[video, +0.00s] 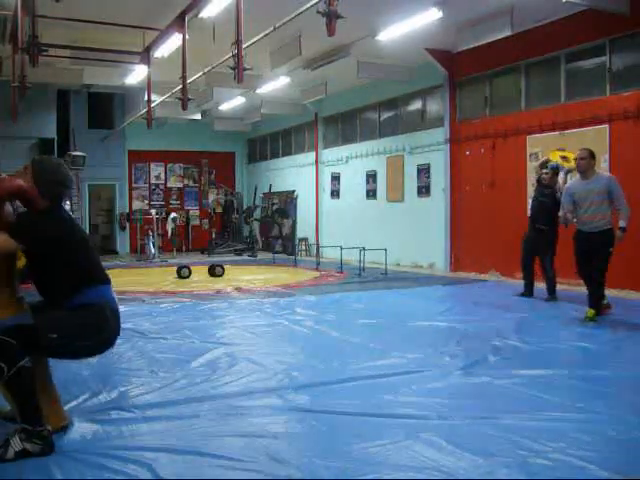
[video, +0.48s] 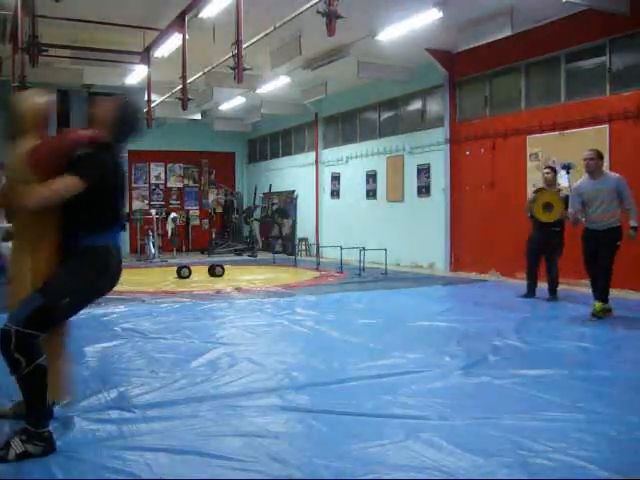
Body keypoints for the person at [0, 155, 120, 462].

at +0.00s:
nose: (17, 181)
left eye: (24, 177)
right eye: (21, 175)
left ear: (35, 189)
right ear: (54, 191)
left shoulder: (40, 223)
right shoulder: (52, 219)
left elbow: (3, 232)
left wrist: (6, 192)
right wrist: (7, 191)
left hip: (92, 323)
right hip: (94, 317)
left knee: (9, 340)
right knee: (14, 323)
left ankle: (34, 432)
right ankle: (39, 409)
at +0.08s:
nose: (11, 162)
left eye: (18, 160)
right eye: (16, 157)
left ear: (32, 176)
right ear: (41, 178)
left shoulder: (38, 211)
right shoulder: (47, 207)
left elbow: (3, 234)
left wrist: (4, 195)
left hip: (93, 306)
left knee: (12, 334)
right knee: (13, 322)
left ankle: (33, 431)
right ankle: (29, 408)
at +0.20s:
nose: (6, 153)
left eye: (13, 148)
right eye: (9, 146)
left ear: (30, 157)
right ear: (41, 157)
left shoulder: (39, 189)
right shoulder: (48, 186)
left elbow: (5, 226)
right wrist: (39, 276)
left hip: (94, 283)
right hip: (92, 279)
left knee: (16, 330)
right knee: (16, 325)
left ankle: (36, 430)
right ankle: (31, 407)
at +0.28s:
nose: (17, 126)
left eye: (23, 119)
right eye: (20, 119)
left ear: (40, 129)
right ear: (49, 130)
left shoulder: (52, 170)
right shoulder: (53, 167)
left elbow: (11, 216)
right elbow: (17, 213)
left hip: (96, 270)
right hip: (91, 267)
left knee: (22, 330)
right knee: (22, 325)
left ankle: (35, 431)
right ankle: (34, 405)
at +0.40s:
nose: (41, 111)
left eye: (49, 107)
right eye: (44, 105)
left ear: (65, 120)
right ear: (69, 124)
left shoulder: (66, 160)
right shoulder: (65, 157)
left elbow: (20, 208)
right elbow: (24, 202)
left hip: (98, 263)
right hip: (90, 261)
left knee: (23, 333)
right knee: (25, 325)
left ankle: (39, 432)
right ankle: (37, 401)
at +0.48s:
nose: (95, 108)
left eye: (104, 106)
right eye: (99, 104)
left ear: (116, 121)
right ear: (116, 124)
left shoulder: (98, 159)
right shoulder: (98, 156)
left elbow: (38, 196)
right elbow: (45, 186)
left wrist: (12, 192)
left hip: (95, 262)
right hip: (88, 259)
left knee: (19, 334)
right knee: (21, 327)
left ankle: (38, 432)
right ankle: (35, 405)